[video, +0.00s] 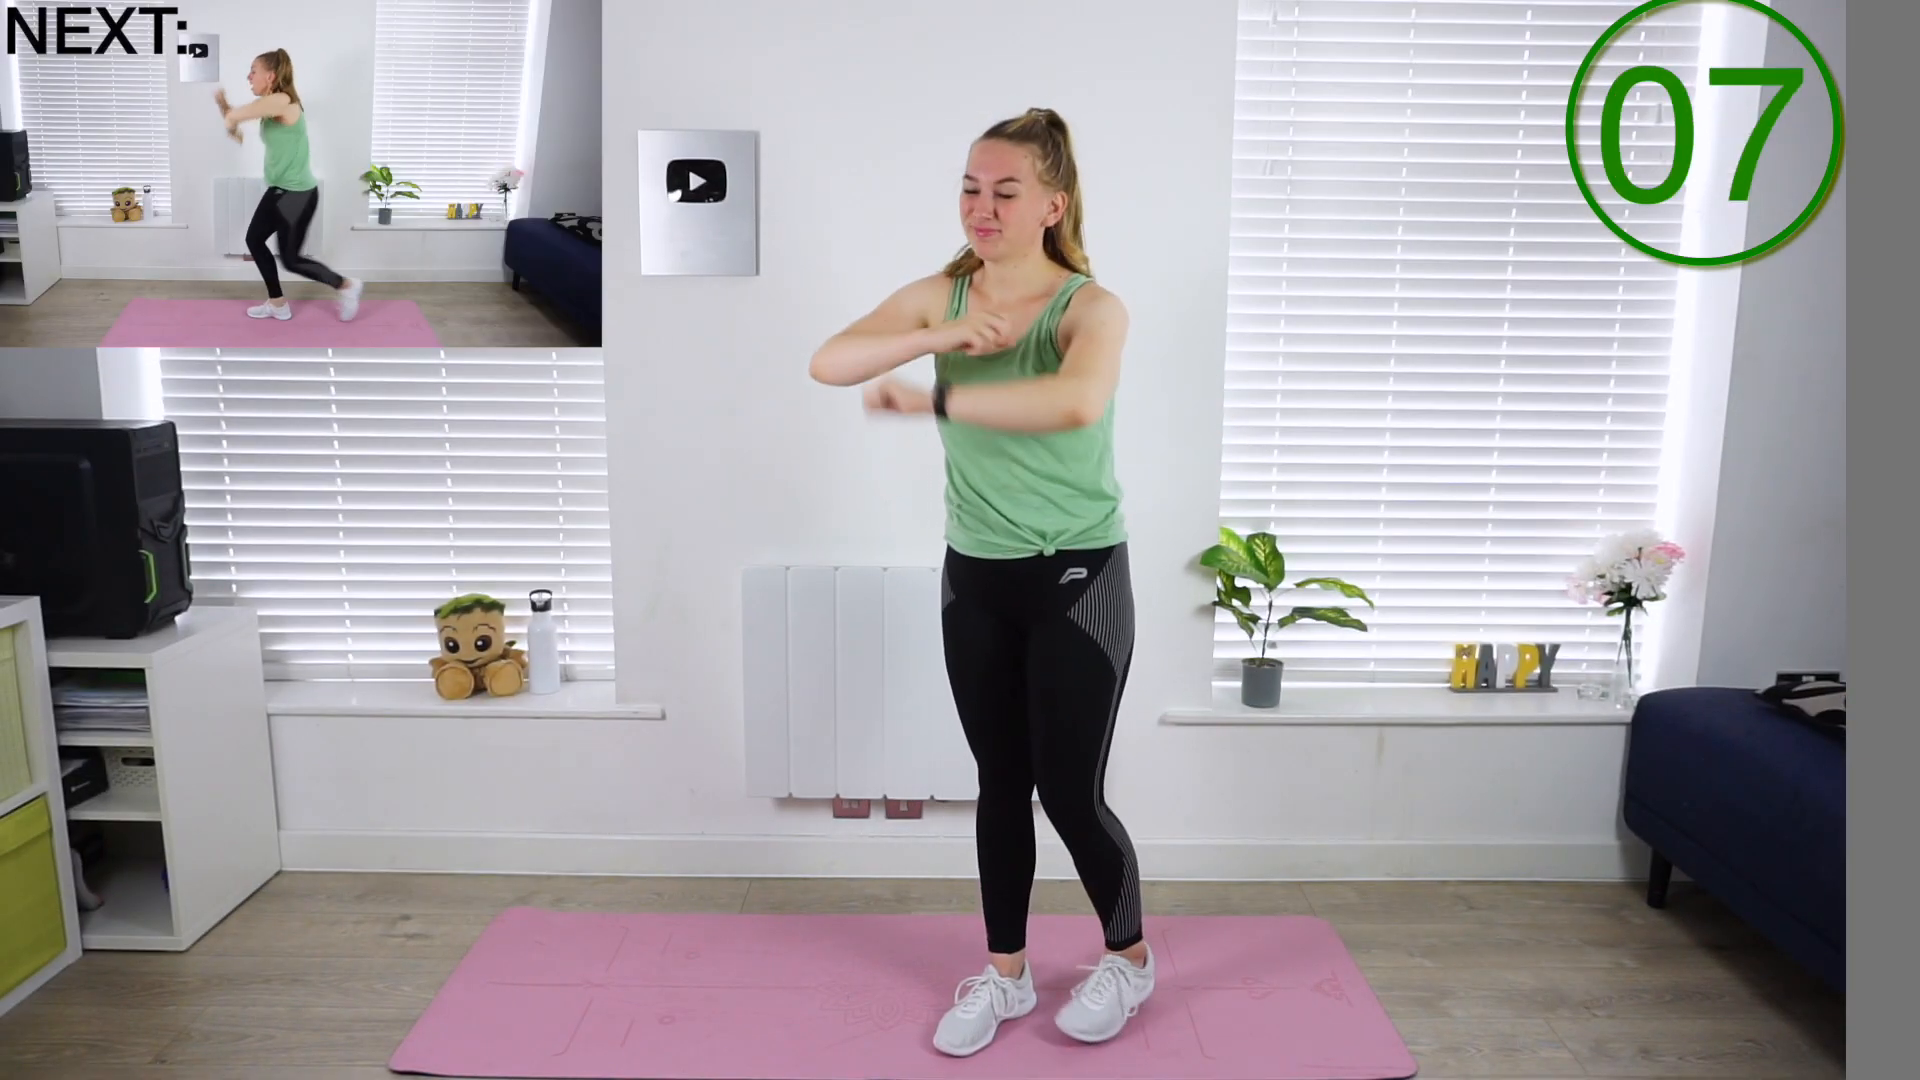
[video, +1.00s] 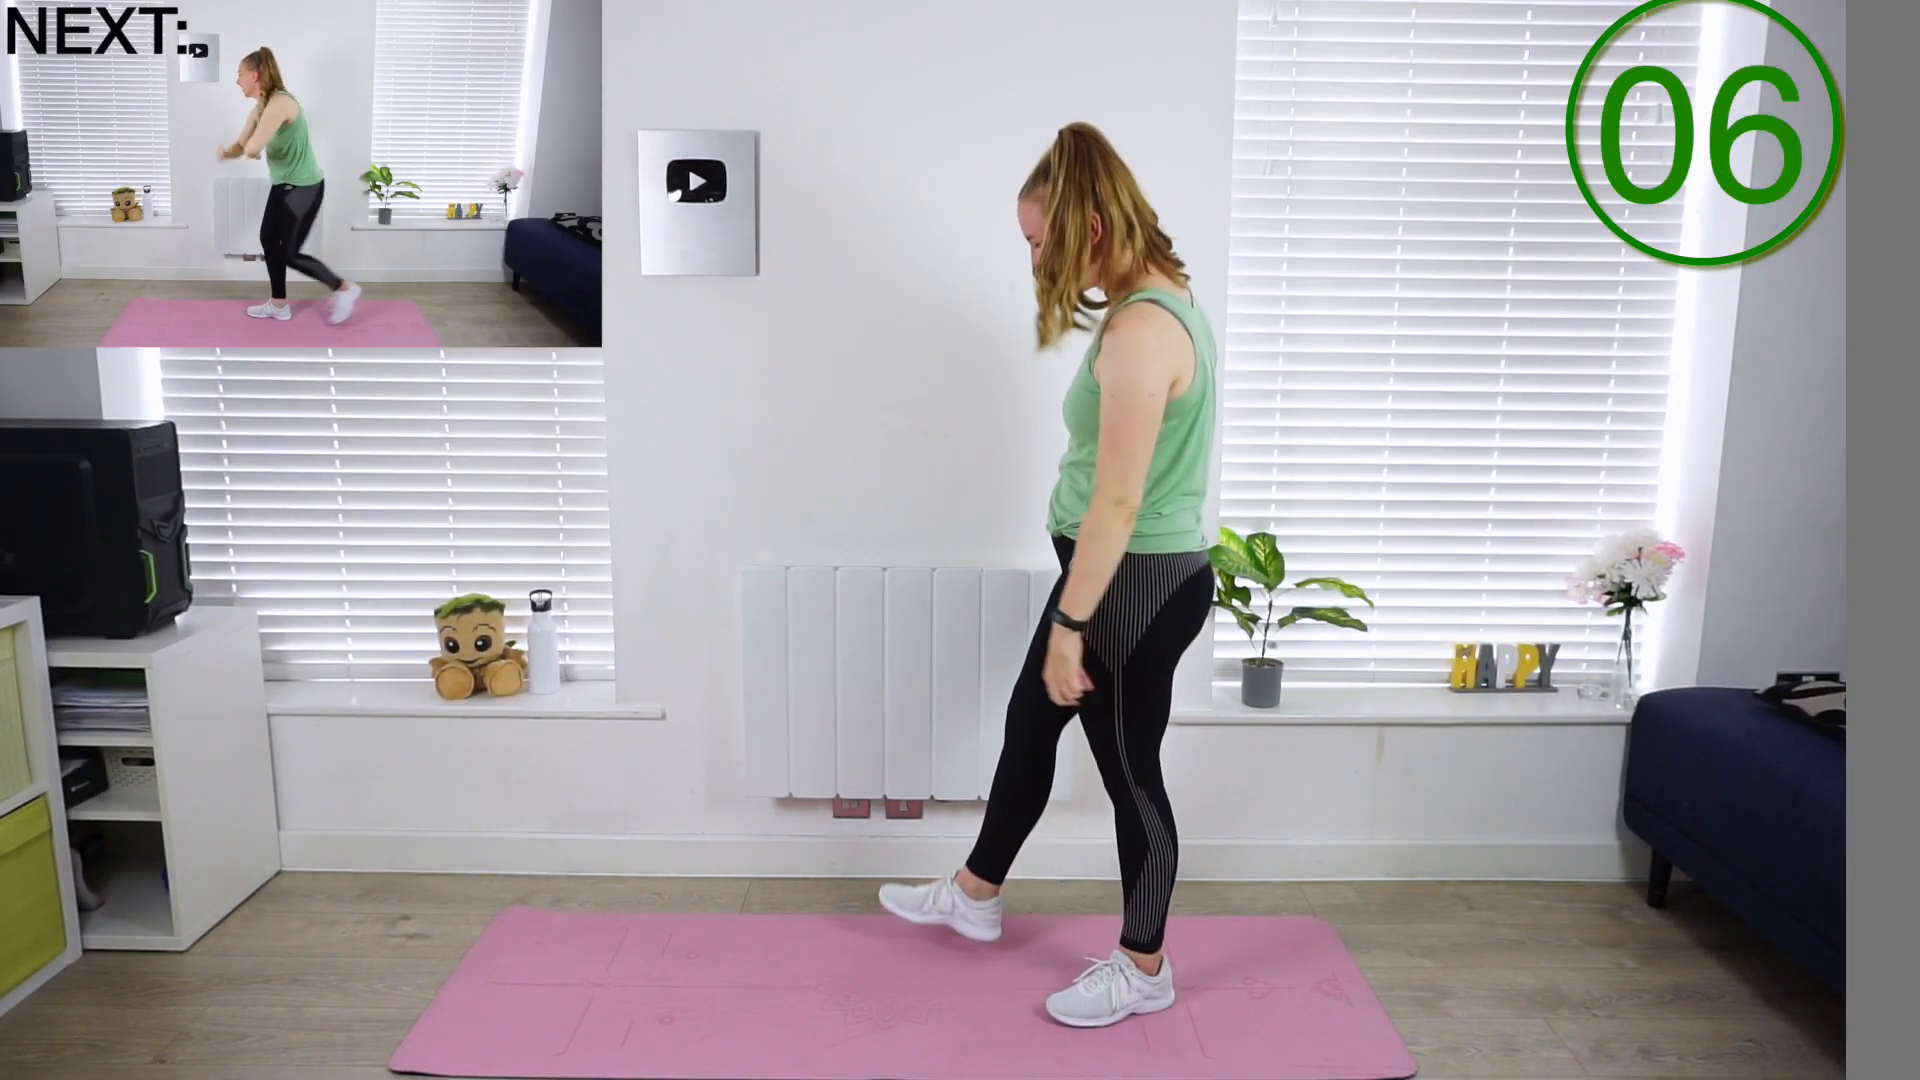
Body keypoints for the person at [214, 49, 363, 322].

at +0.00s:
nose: (249, 78)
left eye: (253, 73)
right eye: (250, 72)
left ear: (271, 76)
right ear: (271, 77)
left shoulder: (281, 100)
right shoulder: (273, 102)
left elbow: (233, 117)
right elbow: (238, 120)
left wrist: (233, 129)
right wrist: (225, 109)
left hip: (299, 192)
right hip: (279, 189)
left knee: (290, 259)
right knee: (255, 239)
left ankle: (347, 285)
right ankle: (277, 302)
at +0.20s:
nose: (260, 59)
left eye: (266, 56)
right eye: (262, 55)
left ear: (284, 65)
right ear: (282, 66)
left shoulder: (277, 87)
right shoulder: (283, 87)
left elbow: (237, 58)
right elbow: (248, 64)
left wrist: (239, 46)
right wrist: (224, 60)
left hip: (272, 182)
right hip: (281, 180)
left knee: (226, 237)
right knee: (258, 240)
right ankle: (278, 303)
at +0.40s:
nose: (266, 54)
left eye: (271, 53)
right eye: (267, 51)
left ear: (287, 66)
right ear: (287, 67)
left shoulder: (270, 88)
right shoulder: (289, 91)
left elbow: (235, 49)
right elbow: (266, 55)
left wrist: (231, 35)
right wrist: (256, 31)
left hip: (249, 181)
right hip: (271, 181)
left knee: (218, 240)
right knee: (256, 241)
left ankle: (209, 312)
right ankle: (277, 303)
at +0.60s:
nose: (265, 60)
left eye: (272, 57)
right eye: (267, 55)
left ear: (289, 69)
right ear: (288, 71)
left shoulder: (272, 94)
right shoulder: (292, 94)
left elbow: (231, 61)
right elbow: (265, 61)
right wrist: (239, 41)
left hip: (249, 183)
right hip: (271, 184)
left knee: (219, 243)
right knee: (252, 242)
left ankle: (209, 314)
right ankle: (277, 303)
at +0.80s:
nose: (253, 73)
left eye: (258, 67)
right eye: (254, 67)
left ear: (278, 71)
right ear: (276, 72)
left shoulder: (281, 103)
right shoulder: (282, 98)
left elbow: (229, 111)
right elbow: (247, 109)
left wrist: (219, 110)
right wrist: (239, 117)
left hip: (281, 190)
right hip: (278, 186)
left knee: (232, 242)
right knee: (259, 241)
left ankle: (247, 314)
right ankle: (278, 305)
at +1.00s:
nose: (238, 81)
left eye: (241, 75)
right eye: (238, 75)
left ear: (257, 77)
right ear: (256, 77)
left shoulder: (280, 103)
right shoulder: (261, 107)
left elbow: (253, 149)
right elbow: (243, 143)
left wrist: (251, 151)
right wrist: (229, 153)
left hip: (305, 186)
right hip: (283, 185)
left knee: (289, 252)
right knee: (269, 239)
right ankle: (279, 303)